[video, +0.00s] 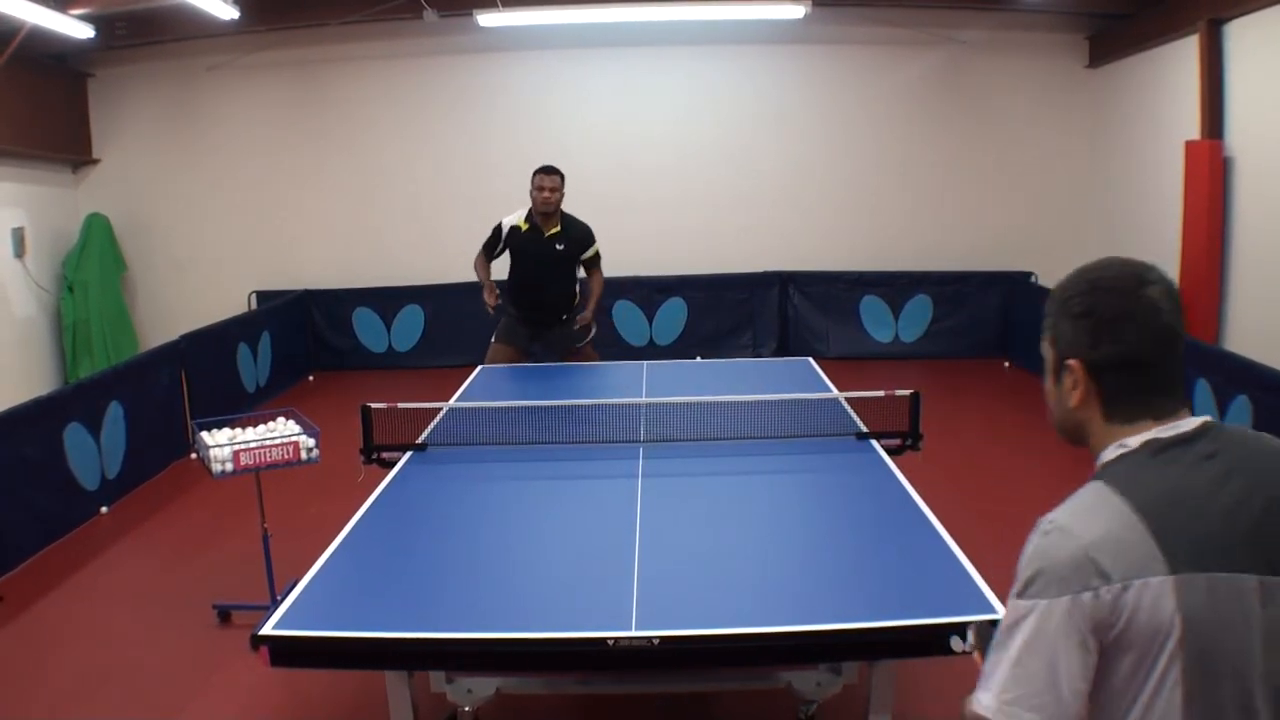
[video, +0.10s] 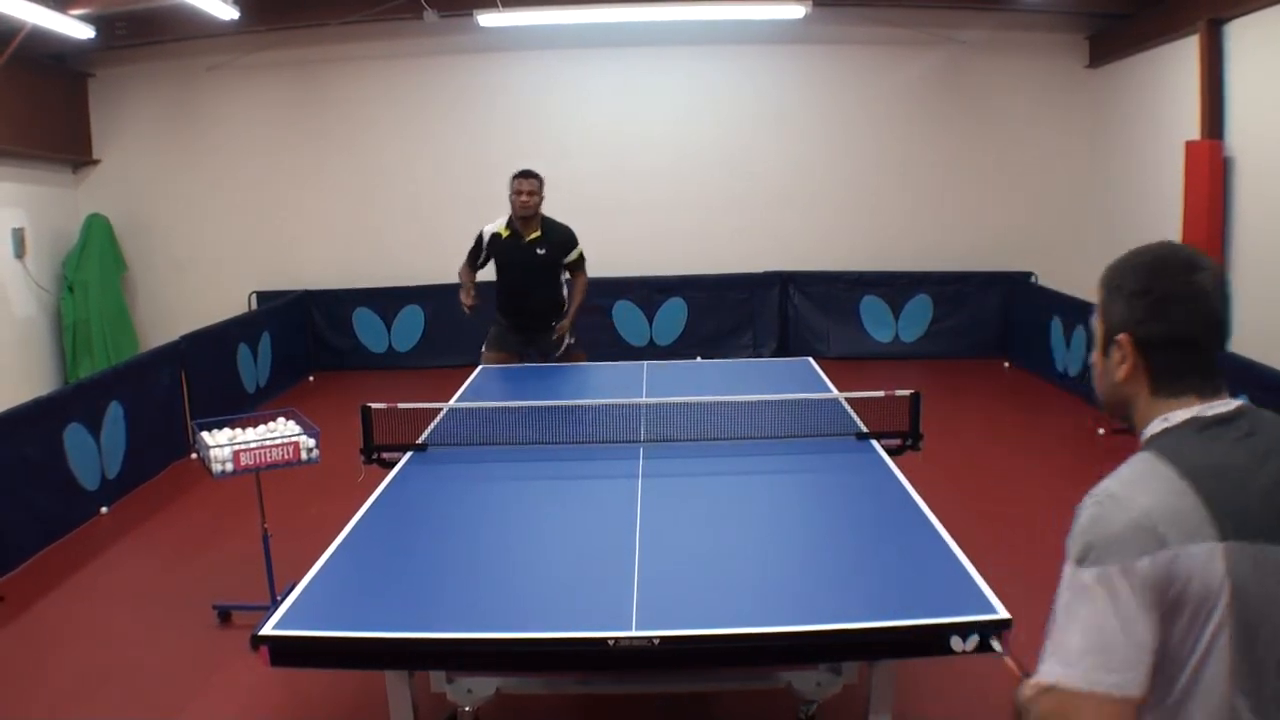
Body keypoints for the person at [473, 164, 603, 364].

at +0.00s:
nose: (546, 195)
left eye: (553, 190)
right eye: (540, 190)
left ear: (562, 194)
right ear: (531, 193)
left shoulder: (579, 232)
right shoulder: (512, 226)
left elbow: (595, 273)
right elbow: (481, 258)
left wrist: (589, 311)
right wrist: (486, 283)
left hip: (563, 322)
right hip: (518, 319)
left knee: (596, 378)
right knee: (491, 379)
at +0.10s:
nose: (524, 199)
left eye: (531, 194)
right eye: (518, 194)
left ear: (541, 199)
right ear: (510, 198)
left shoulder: (560, 235)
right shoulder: (493, 234)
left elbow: (579, 276)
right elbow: (468, 267)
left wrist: (568, 319)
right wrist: (468, 288)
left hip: (552, 328)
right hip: (507, 328)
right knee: (488, 385)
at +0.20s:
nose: (494, 197)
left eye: (501, 191)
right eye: (488, 192)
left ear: (513, 196)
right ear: (481, 196)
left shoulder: (535, 232)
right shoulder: (468, 238)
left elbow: (558, 275)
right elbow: (454, 272)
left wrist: (555, 324)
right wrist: (447, 291)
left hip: (531, 325)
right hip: (489, 325)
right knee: (481, 384)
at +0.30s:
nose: (469, 190)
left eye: (476, 184)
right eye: (463, 185)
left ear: (489, 187)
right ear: (456, 190)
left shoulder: (515, 224)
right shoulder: (447, 234)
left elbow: (538, 268)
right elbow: (441, 271)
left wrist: (547, 318)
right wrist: (434, 291)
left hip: (519, 320)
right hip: (475, 322)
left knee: (530, 388)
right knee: (467, 388)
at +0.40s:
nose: (452, 181)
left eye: (459, 174)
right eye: (445, 176)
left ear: (473, 177)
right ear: (439, 182)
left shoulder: (499, 212)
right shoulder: (433, 226)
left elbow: (527, 255)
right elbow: (427, 263)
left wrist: (542, 305)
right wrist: (429, 283)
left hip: (506, 307)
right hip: (462, 311)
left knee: (516, 374)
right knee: (461, 375)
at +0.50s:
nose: (438, 179)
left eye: (445, 172)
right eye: (432, 174)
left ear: (460, 174)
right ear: (426, 179)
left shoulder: (488, 209)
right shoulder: (420, 223)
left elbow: (520, 249)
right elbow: (411, 266)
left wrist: (533, 299)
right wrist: (420, 277)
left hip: (491, 305)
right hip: (450, 309)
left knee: (496, 375)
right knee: (461, 382)